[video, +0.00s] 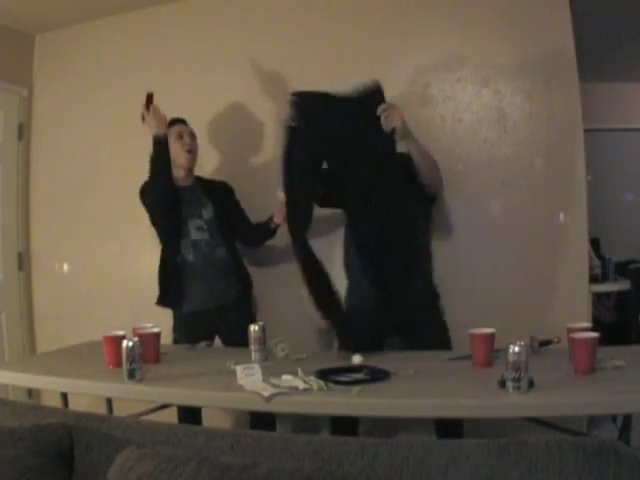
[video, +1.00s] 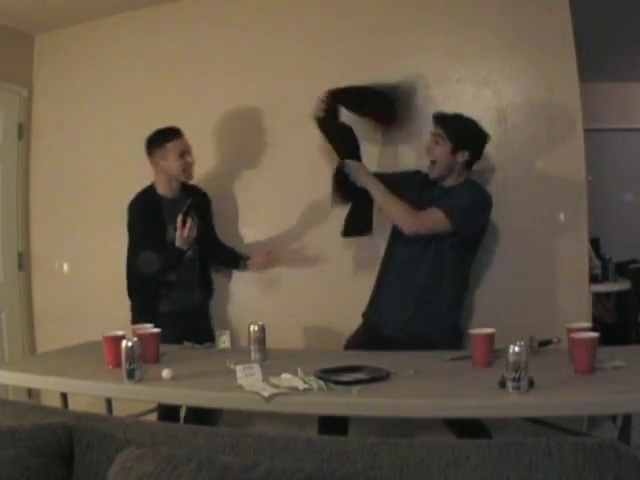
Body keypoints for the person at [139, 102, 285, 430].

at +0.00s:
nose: (189, 143)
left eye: (192, 137)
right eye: (180, 138)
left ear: (198, 146)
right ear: (165, 150)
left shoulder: (219, 190)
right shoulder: (156, 193)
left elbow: (248, 236)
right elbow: (161, 191)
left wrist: (274, 222)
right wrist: (158, 139)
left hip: (233, 300)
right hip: (190, 304)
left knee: (255, 380)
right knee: (188, 385)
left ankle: (264, 452)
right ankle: (190, 455)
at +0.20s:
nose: (194, 151)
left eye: (196, 144)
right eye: (184, 146)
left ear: (200, 146)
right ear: (164, 151)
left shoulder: (211, 188)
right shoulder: (152, 195)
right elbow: (161, 229)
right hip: (182, 294)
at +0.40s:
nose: (149, 155)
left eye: (146, 148)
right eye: (140, 151)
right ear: (119, 164)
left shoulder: (164, 190)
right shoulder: (113, 211)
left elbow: (194, 229)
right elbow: (147, 253)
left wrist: (237, 214)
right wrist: (186, 214)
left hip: (204, 294)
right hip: (168, 309)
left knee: (255, 340)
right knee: (172, 379)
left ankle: (270, 424)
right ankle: (167, 448)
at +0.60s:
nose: (140, 152)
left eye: (137, 146)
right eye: (130, 149)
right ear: (113, 164)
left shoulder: (162, 195)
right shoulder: (113, 212)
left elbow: (195, 238)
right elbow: (142, 262)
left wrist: (241, 224)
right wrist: (179, 231)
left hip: (206, 301)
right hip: (166, 313)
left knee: (243, 362)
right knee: (171, 388)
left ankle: (222, 439)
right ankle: (166, 453)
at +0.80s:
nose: (151, 149)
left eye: (148, 143)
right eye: (142, 147)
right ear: (122, 162)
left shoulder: (172, 193)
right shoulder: (123, 210)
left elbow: (203, 237)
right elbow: (143, 265)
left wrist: (246, 231)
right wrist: (179, 235)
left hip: (205, 306)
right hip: (167, 315)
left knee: (209, 390)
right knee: (173, 395)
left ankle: (201, 455)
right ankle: (165, 458)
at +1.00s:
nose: (189, 159)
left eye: (188, 153)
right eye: (180, 155)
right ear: (157, 164)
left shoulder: (198, 199)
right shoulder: (142, 206)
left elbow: (210, 248)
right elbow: (144, 267)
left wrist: (245, 261)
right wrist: (179, 247)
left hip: (196, 311)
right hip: (158, 316)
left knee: (206, 391)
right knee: (169, 394)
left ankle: (198, 456)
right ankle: (167, 459)